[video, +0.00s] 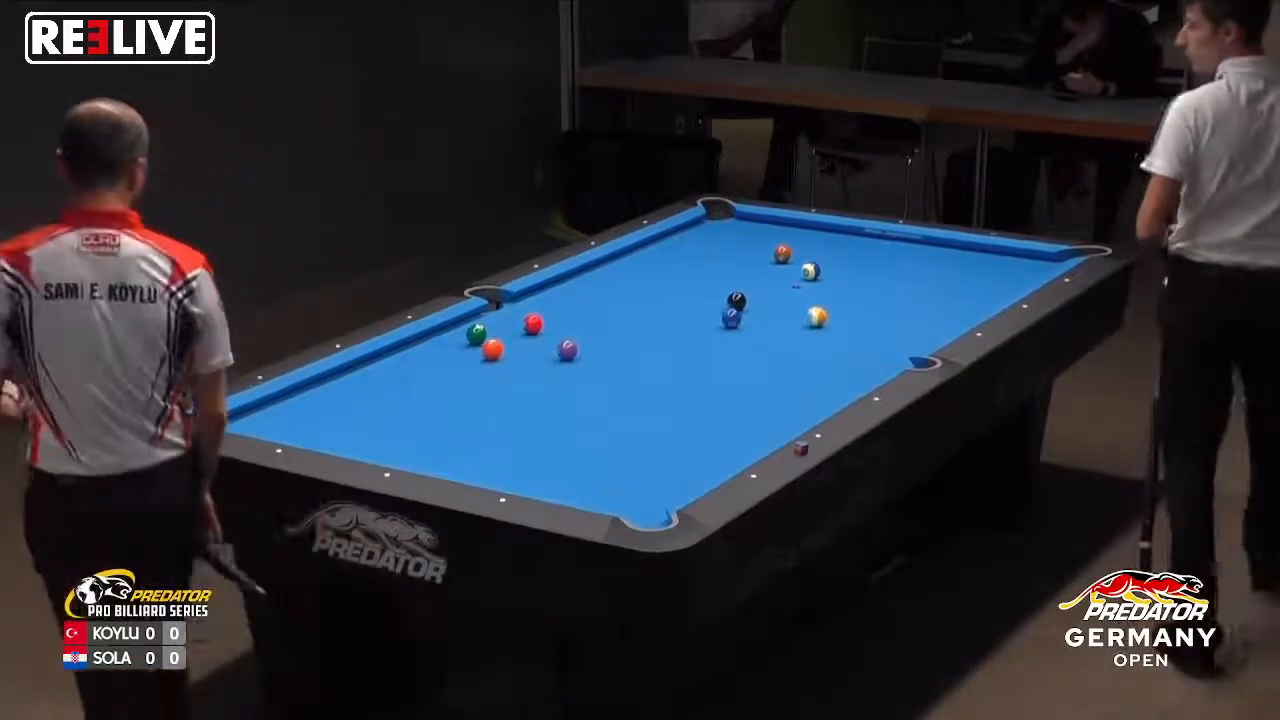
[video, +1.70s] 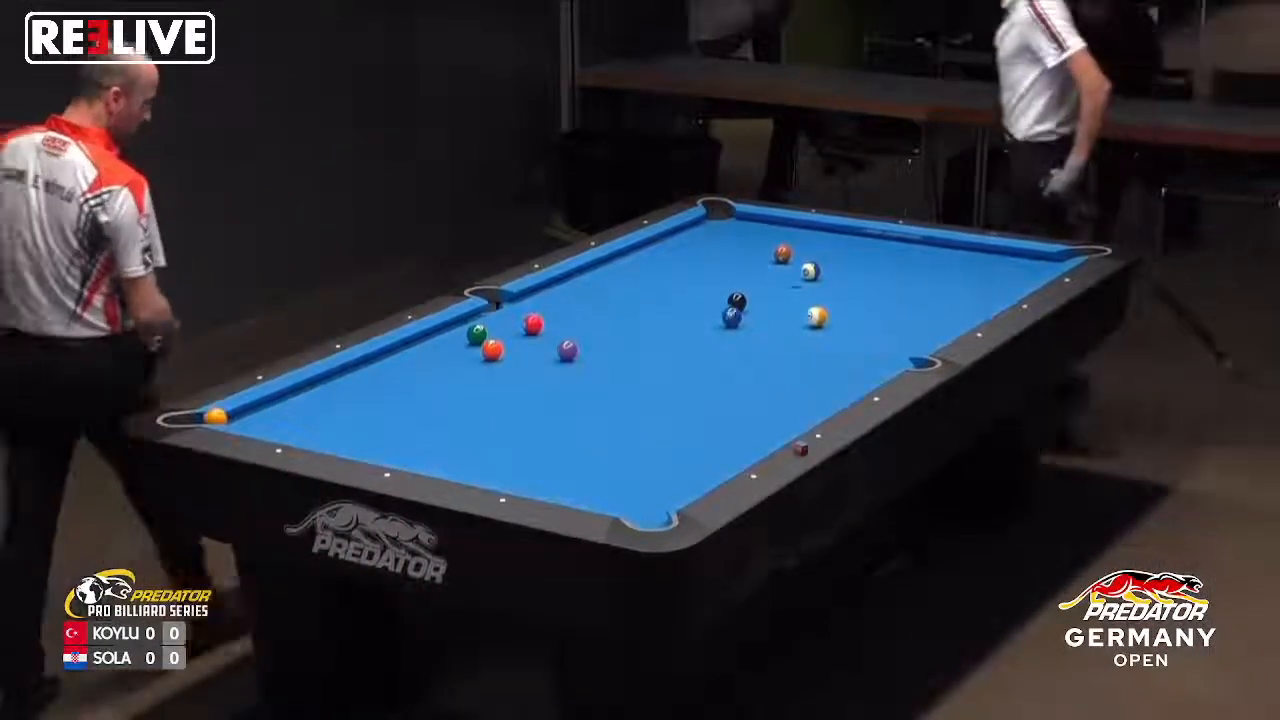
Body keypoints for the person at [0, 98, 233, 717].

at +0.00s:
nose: (145, 176)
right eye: (145, 165)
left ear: (61, 165)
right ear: (139, 172)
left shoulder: (17, 266)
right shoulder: (184, 271)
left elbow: (10, 388)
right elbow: (210, 411)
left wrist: (39, 409)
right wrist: (203, 491)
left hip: (60, 506)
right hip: (159, 498)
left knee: (94, 673)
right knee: (160, 669)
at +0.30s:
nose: (128, 171)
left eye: (126, 161)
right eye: (128, 162)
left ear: (49, 161)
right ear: (118, 167)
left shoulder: (8, 249)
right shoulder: (157, 264)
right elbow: (180, 404)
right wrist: (166, 486)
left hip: (30, 482)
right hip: (127, 478)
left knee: (57, 636)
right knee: (117, 633)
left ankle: (85, 711)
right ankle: (107, 713)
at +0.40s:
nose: (124, 161)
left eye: (124, 151)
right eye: (124, 151)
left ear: (46, 148)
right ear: (113, 156)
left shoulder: (7, 228)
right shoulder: (146, 251)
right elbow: (168, 392)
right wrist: (154, 473)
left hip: (20, 464)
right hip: (113, 463)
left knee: (34, 637)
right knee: (109, 627)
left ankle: (59, 713)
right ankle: (102, 712)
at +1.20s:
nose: (107, 143)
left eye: (112, 130)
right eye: (108, 128)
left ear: (51, 107)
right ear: (79, 117)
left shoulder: (4, 165)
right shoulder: (83, 204)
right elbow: (105, 344)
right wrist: (94, 399)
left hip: (4, 389)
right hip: (50, 398)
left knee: (3, 565)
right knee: (71, 567)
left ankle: (11, 696)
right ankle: (67, 705)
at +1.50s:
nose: (116, 121)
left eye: (120, 108)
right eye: (115, 107)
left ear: (58, 93)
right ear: (83, 101)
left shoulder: (4, 147)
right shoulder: (84, 187)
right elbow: (112, 322)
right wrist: (122, 355)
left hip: (2, 364)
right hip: (62, 373)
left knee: (8, 533)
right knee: (121, 506)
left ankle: (14, 684)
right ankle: (83, 661)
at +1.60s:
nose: (132, 114)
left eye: (136, 102)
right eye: (130, 102)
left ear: (78, 90)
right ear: (98, 97)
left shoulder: (7, 144)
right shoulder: (100, 184)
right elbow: (129, 313)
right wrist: (143, 339)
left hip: (12, 361)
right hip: (81, 367)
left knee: (16, 528)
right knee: (146, 493)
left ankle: (17, 681)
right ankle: (159, 633)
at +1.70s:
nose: (146, 117)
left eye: (150, 104)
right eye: (145, 103)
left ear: (88, 91)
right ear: (113, 97)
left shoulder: (11, 147)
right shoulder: (118, 185)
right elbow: (146, 308)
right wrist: (166, 325)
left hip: (19, 360)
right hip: (95, 365)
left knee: (24, 530)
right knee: (160, 496)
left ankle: (19, 681)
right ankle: (203, 615)